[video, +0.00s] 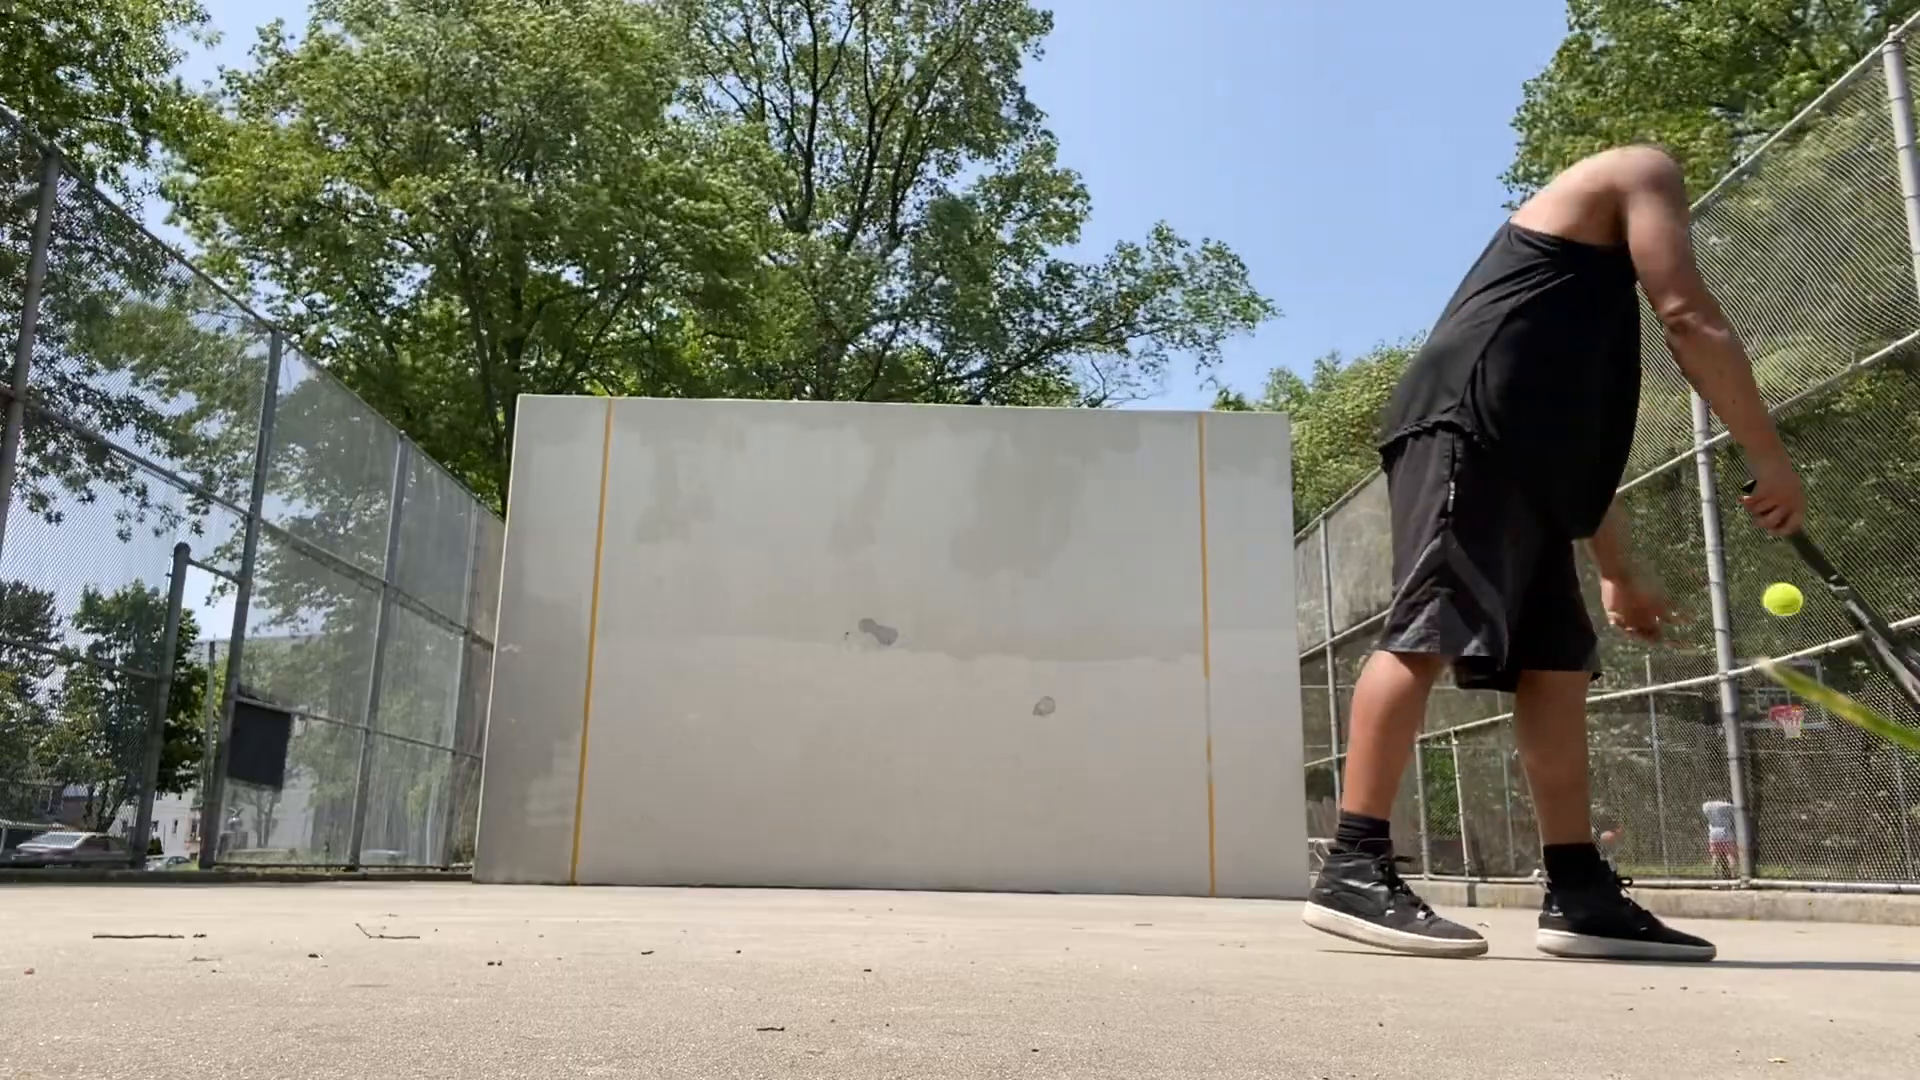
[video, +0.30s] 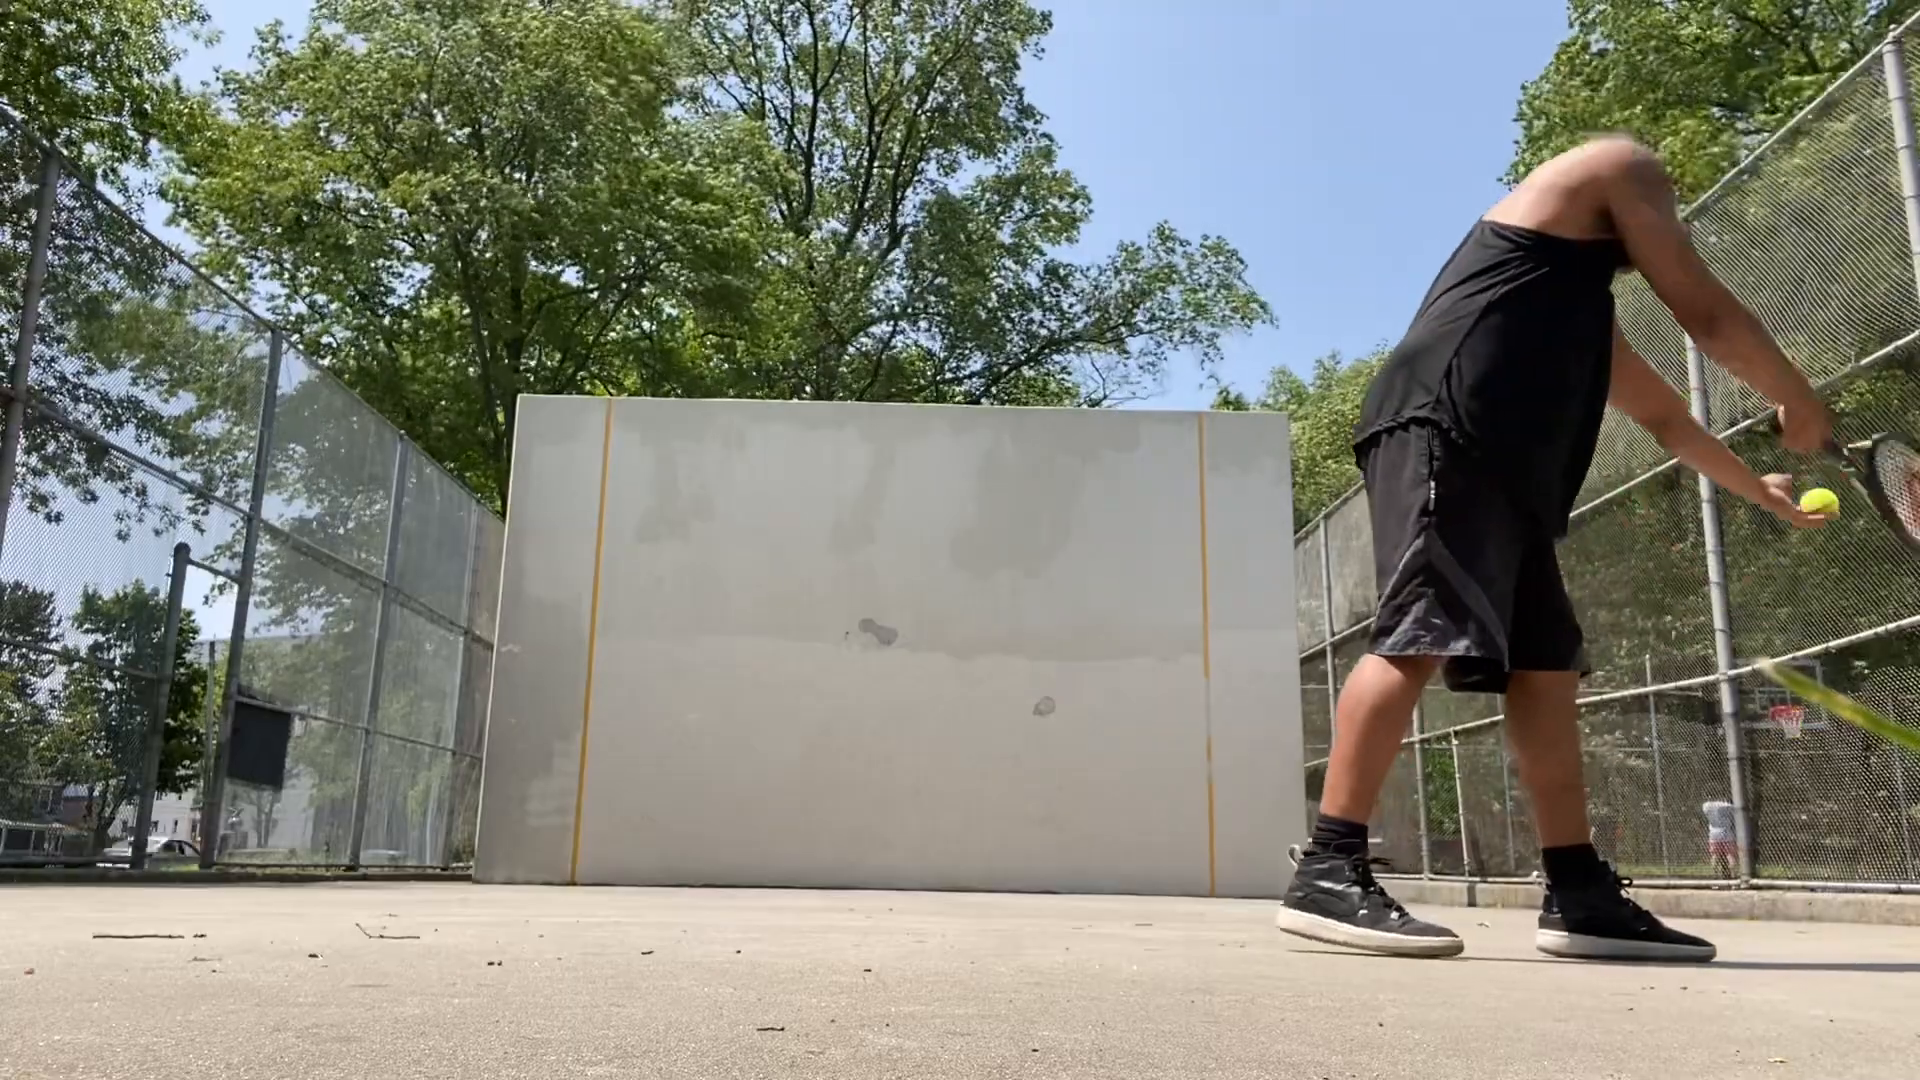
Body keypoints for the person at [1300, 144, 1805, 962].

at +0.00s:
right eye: (1671, 182)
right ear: (1656, 164)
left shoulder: (1580, 282)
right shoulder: (1636, 170)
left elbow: (1574, 429)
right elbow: (1687, 315)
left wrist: (1620, 570)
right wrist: (1770, 456)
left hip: (1525, 459)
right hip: (1465, 421)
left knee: (1556, 658)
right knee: (1420, 634)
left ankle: (1579, 892)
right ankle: (1354, 866)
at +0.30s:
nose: (1658, 209)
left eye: (1655, 201)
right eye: (1651, 188)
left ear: (1606, 218)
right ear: (1623, 171)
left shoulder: (1575, 307)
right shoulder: (1613, 163)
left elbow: (1662, 414)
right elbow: (1705, 311)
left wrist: (1753, 485)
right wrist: (1796, 402)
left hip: (1499, 468)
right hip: (1437, 425)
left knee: (1543, 657)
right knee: (1414, 634)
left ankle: (1578, 893)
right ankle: (1329, 867)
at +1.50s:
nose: (1535, 118)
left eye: (1529, 108)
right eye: (1520, 109)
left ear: (1454, 140)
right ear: (1496, 123)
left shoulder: (1476, 215)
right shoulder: (1501, 181)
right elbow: (1517, 87)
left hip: (1515, 467)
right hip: (1520, 460)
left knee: (1606, 672)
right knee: (1498, 650)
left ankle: (1577, 893)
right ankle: (1352, 848)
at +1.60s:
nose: (1563, 122)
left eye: (1557, 113)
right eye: (1549, 115)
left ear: (1478, 144)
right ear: (1528, 126)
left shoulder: (1490, 219)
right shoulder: (1531, 191)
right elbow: (1554, 126)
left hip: (1515, 465)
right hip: (1566, 458)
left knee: (1596, 672)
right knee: (1621, 658)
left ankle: (1578, 892)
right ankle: (1447, 803)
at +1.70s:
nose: (1587, 115)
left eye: (1579, 101)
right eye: (1572, 105)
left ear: (1503, 153)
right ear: (1558, 135)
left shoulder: (1513, 227)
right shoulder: (1561, 198)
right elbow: (1588, 179)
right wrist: (1589, 39)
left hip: (1531, 472)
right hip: (1615, 455)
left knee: (1593, 684)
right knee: (1719, 657)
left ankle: (1582, 901)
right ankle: (1583, 798)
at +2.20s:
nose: (1501, 231)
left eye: (1505, 216)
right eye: (1504, 215)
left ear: (1525, 218)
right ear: (1583, 216)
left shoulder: (1550, 276)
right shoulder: (1637, 261)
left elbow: (1634, 347)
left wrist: (1620, 476)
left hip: (1692, 454)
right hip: (1779, 414)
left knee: (1679, 667)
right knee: (1855, 599)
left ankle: (1714, 872)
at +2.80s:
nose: (1507, 318)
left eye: (1507, 305)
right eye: (1507, 306)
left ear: (1520, 294)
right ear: (1574, 287)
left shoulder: (1542, 327)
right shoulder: (1631, 328)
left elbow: (1575, 438)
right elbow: (1645, 442)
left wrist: (1560, 537)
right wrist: (1571, 521)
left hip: (1664, 495)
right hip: (1749, 492)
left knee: (1572, 690)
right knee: (1741, 694)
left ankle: (1670, 861)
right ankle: (1858, 897)